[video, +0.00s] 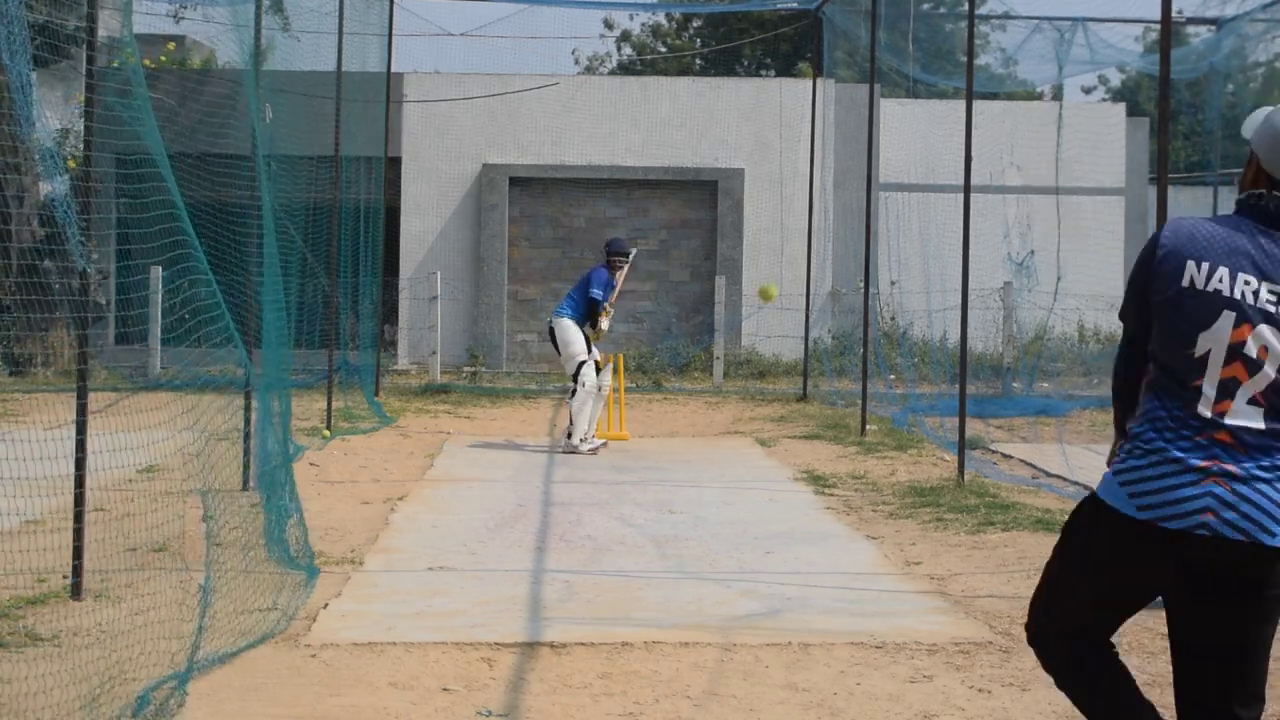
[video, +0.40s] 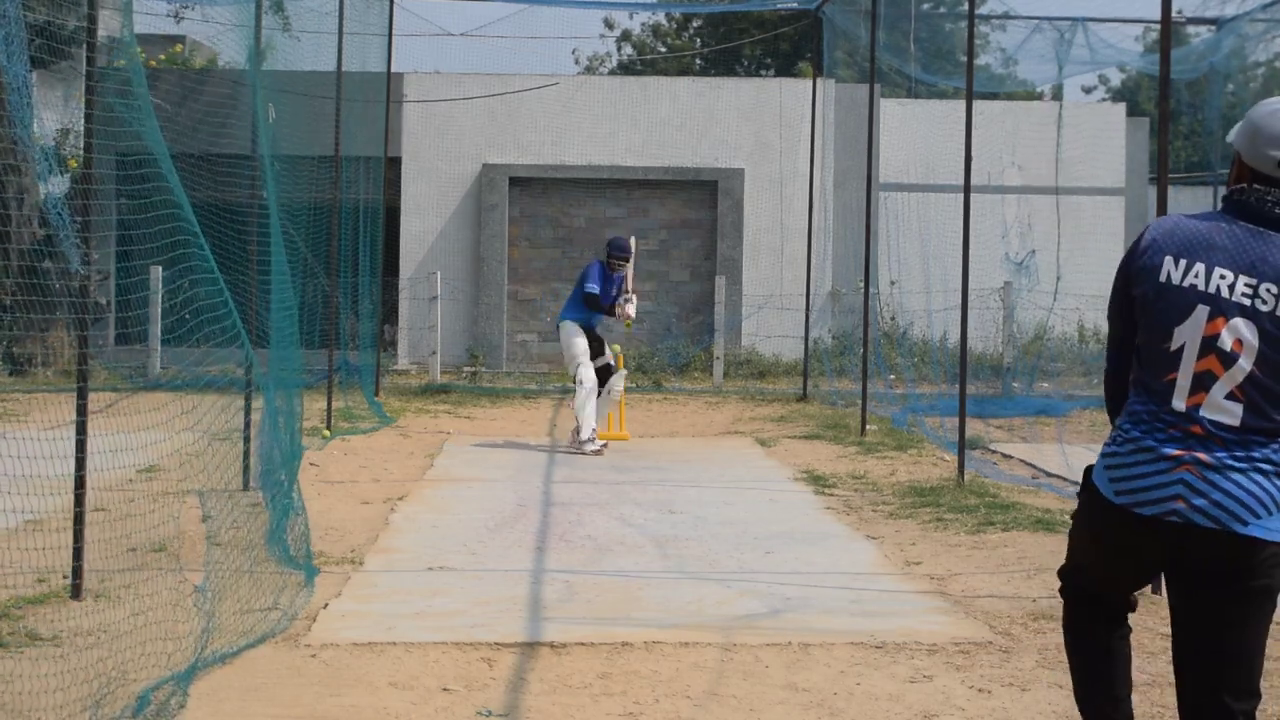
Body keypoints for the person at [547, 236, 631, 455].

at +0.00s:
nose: (618, 263)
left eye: (622, 259)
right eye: (615, 258)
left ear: (626, 261)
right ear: (607, 257)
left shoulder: (610, 280)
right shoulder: (600, 274)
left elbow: (604, 306)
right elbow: (594, 306)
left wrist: (606, 315)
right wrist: (599, 323)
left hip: (577, 326)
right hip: (564, 322)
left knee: (601, 380)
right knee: (587, 379)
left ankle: (585, 435)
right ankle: (574, 439)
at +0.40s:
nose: (618, 265)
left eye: (623, 262)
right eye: (615, 260)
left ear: (627, 262)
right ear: (608, 257)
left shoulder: (620, 277)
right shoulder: (595, 269)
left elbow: (614, 301)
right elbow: (590, 300)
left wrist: (625, 303)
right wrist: (615, 312)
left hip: (589, 327)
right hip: (571, 323)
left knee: (611, 378)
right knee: (586, 375)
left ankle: (583, 430)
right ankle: (584, 436)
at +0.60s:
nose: (617, 255)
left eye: (622, 252)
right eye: (614, 249)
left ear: (629, 251)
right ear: (609, 243)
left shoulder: (624, 266)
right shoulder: (598, 246)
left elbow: (598, 272)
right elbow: (580, 257)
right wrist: (562, 255)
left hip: (596, 312)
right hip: (574, 304)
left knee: (598, 368)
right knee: (597, 361)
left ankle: (589, 428)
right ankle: (601, 423)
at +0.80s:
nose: (607, 255)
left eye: (610, 252)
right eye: (605, 251)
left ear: (614, 252)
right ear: (605, 251)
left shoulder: (615, 273)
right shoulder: (595, 269)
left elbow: (582, 275)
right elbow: (578, 290)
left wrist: (574, 259)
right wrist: (564, 268)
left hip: (596, 326)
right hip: (571, 319)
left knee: (598, 378)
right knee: (582, 368)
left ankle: (589, 426)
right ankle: (591, 424)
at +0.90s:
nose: (604, 257)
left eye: (608, 254)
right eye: (602, 253)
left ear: (619, 254)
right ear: (600, 252)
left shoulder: (615, 276)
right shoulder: (603, 274)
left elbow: (580, 287)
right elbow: (578, 295)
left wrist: (565, 269)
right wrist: (558, 279)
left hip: (594, 332)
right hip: (573, 326)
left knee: (587, 383)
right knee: (558, 367)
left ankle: (588, 432)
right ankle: (566, 425)